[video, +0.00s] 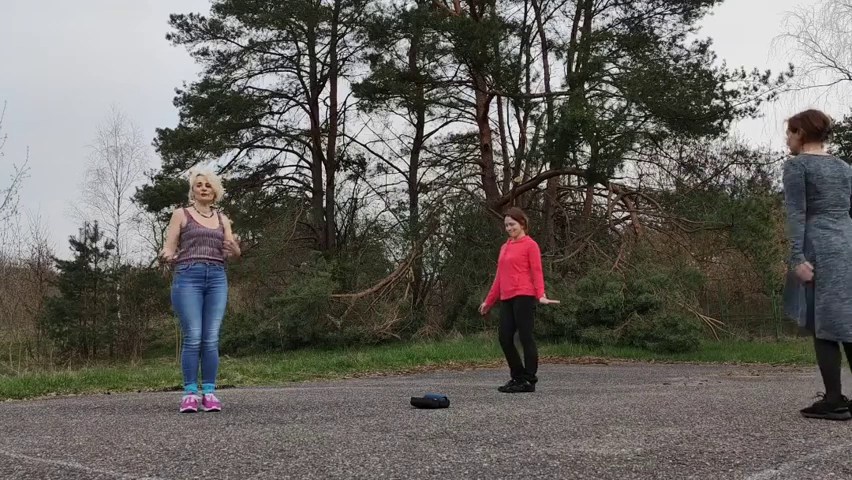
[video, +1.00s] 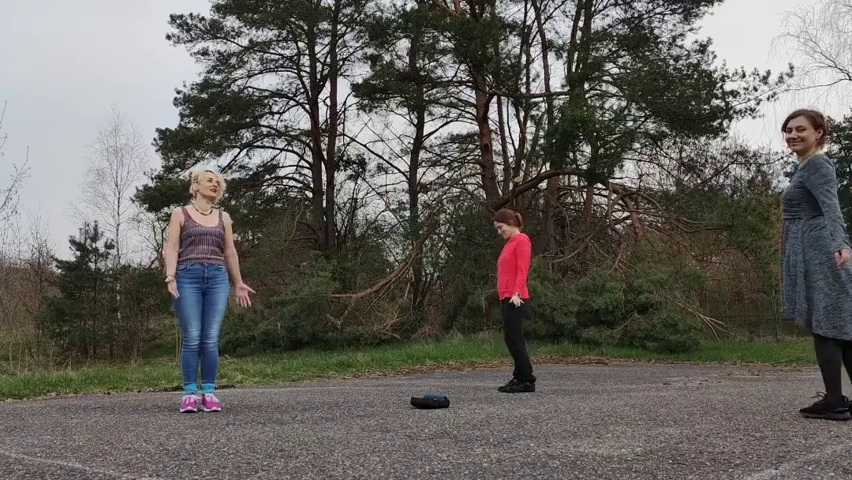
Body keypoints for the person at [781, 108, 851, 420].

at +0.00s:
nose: (786, 139)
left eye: (789, 134)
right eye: (787, 133)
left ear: (801, 134)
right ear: (821, 134)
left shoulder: (797, 164)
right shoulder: (844, 166)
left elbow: (796, 213)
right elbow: (847, 210)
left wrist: (797, 255)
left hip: (822, 252)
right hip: (848, 251)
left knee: (823, 325)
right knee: (846, 325)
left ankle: (833, 398)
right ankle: (841, 397)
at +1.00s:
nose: (793, 135)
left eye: (801, 129)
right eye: (789, 130)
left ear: (818, 134)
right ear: (786, 136)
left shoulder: (818, 165)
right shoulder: (804, 167)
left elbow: (831, 207)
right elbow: (810, 213)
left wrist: (840, 243)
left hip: (819, 252)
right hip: (812, 251)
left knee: (823, 324)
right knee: (835, 325)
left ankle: (834, 398)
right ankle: (836, 396)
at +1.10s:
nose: (791, 136)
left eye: (799, 131)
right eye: (787, 132)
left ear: (816, 136)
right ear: (783, 137)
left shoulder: (817, 165)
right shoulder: (804, 168)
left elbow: (834, 208)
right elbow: (823, 213)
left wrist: (844, 243)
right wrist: (843, 246)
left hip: (815, 253)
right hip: (812, 252)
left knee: (812, 325)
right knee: (833, 326)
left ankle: (833, 398)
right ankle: (842, 397)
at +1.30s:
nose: (784, 134)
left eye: (792, 129)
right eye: (781, 130)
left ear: (810, 134)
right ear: (779, 137)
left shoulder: (810, 163)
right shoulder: (800, 165)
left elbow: (827, 197)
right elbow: (818, 205)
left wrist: (842, 230)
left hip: (820, 256)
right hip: (817, 256)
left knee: (824, 326)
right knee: (835, 327)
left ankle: (834, 398)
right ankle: (836, 397)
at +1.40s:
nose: (777, 133)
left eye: (784, 128)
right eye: (777, 128)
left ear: (803, 134)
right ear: (803, 137)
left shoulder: (802, 165)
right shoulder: (818, 167)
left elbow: (820, 196)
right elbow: (822, 203)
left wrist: (830, 224)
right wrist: (789, 223)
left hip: (815, 255)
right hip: (831, 253)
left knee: (822, 325)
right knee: (840, 326)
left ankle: (833, 399)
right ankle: (838, 397)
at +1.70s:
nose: (776, 135)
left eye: (780, 129)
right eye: (779, 128)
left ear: (793, 134)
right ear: (805, 136)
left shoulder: (783, 166)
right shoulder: (831, 168)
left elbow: (784, 206)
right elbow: (838, 214)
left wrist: (786, 238)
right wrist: (830, 237)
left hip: (808, 249)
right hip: (838, 247)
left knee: (817, 324)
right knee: (843, 324)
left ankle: (833, 399)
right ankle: (845, 396)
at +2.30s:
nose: (768, 153)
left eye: (770, 148)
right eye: (769, 148)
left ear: (777, 151)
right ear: (802, 152)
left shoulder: (766, 185)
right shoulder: (822, 184)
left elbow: (751, 230)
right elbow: (841, 222)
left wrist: (743, 256)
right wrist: (849, 238)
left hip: (790, 260)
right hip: (824, 257)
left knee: (796, 328)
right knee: (808, 326)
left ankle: (829, 395)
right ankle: (820, 392)